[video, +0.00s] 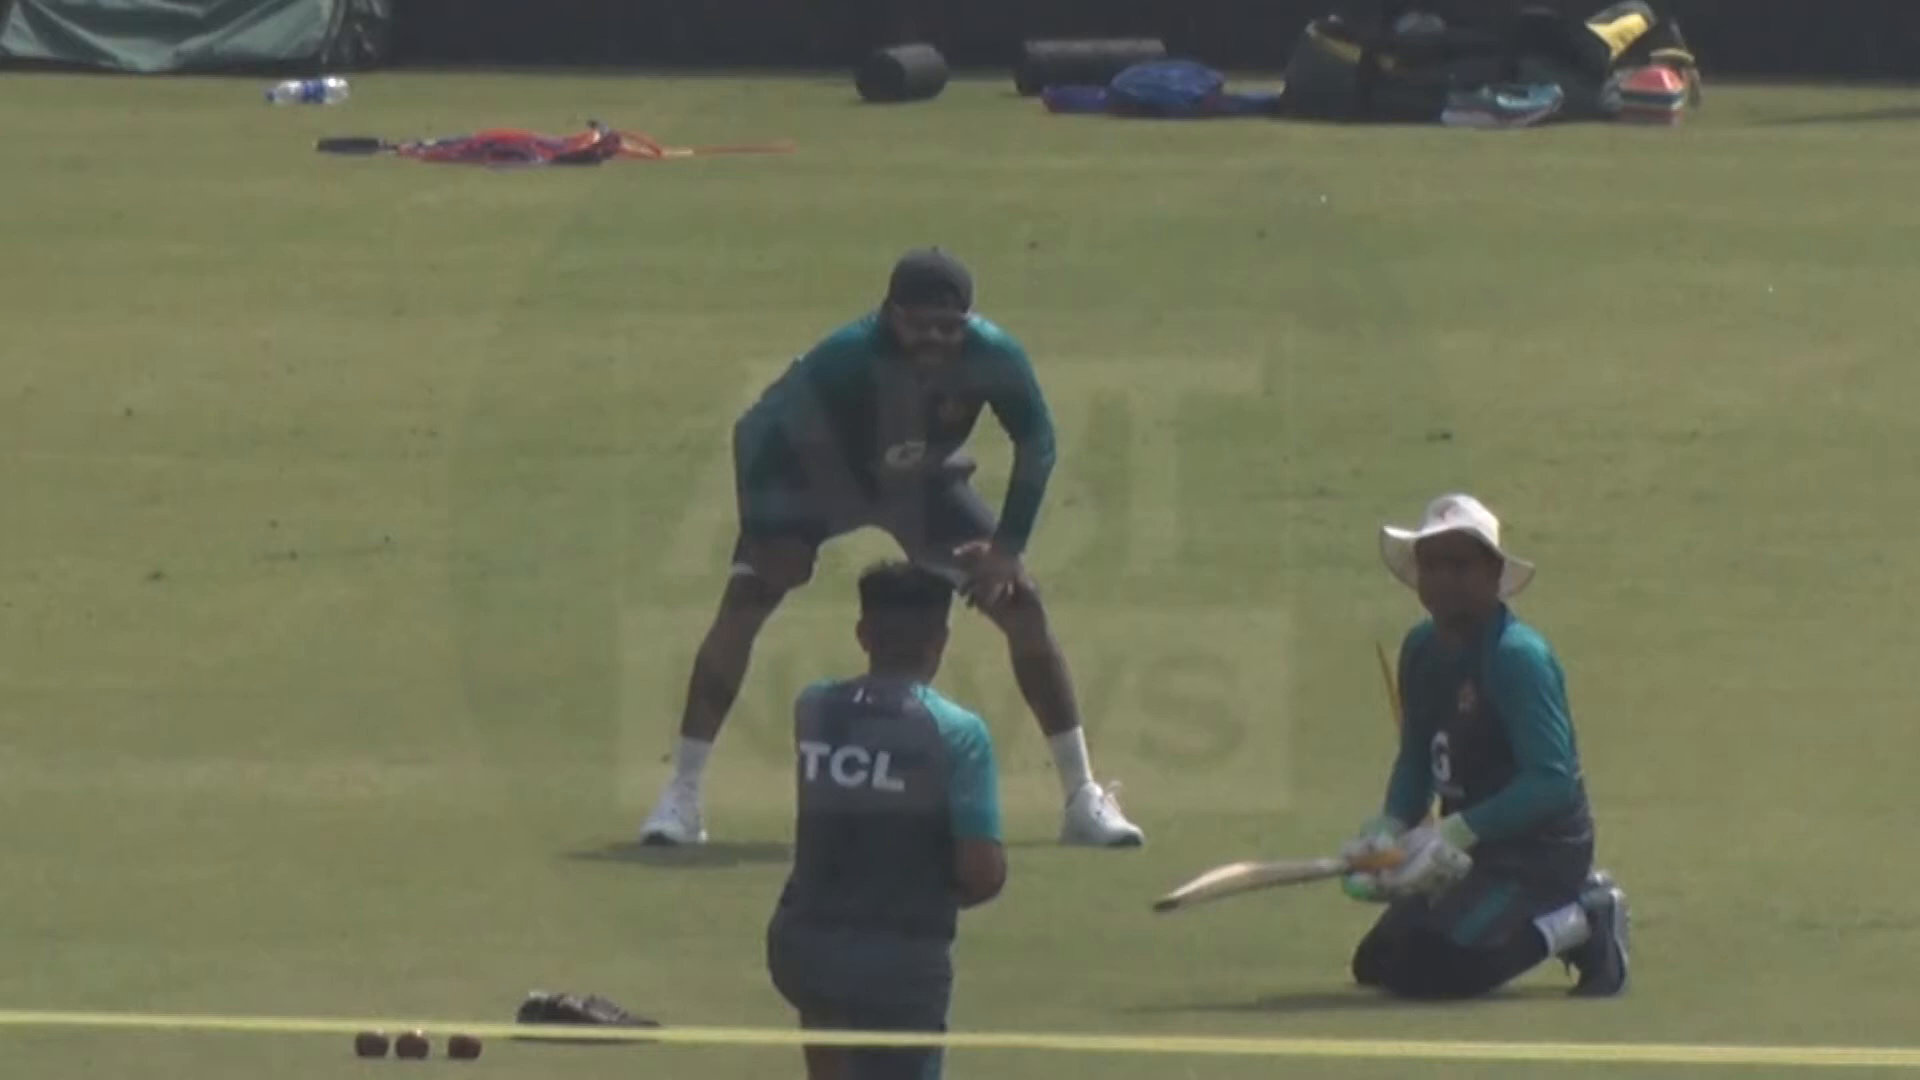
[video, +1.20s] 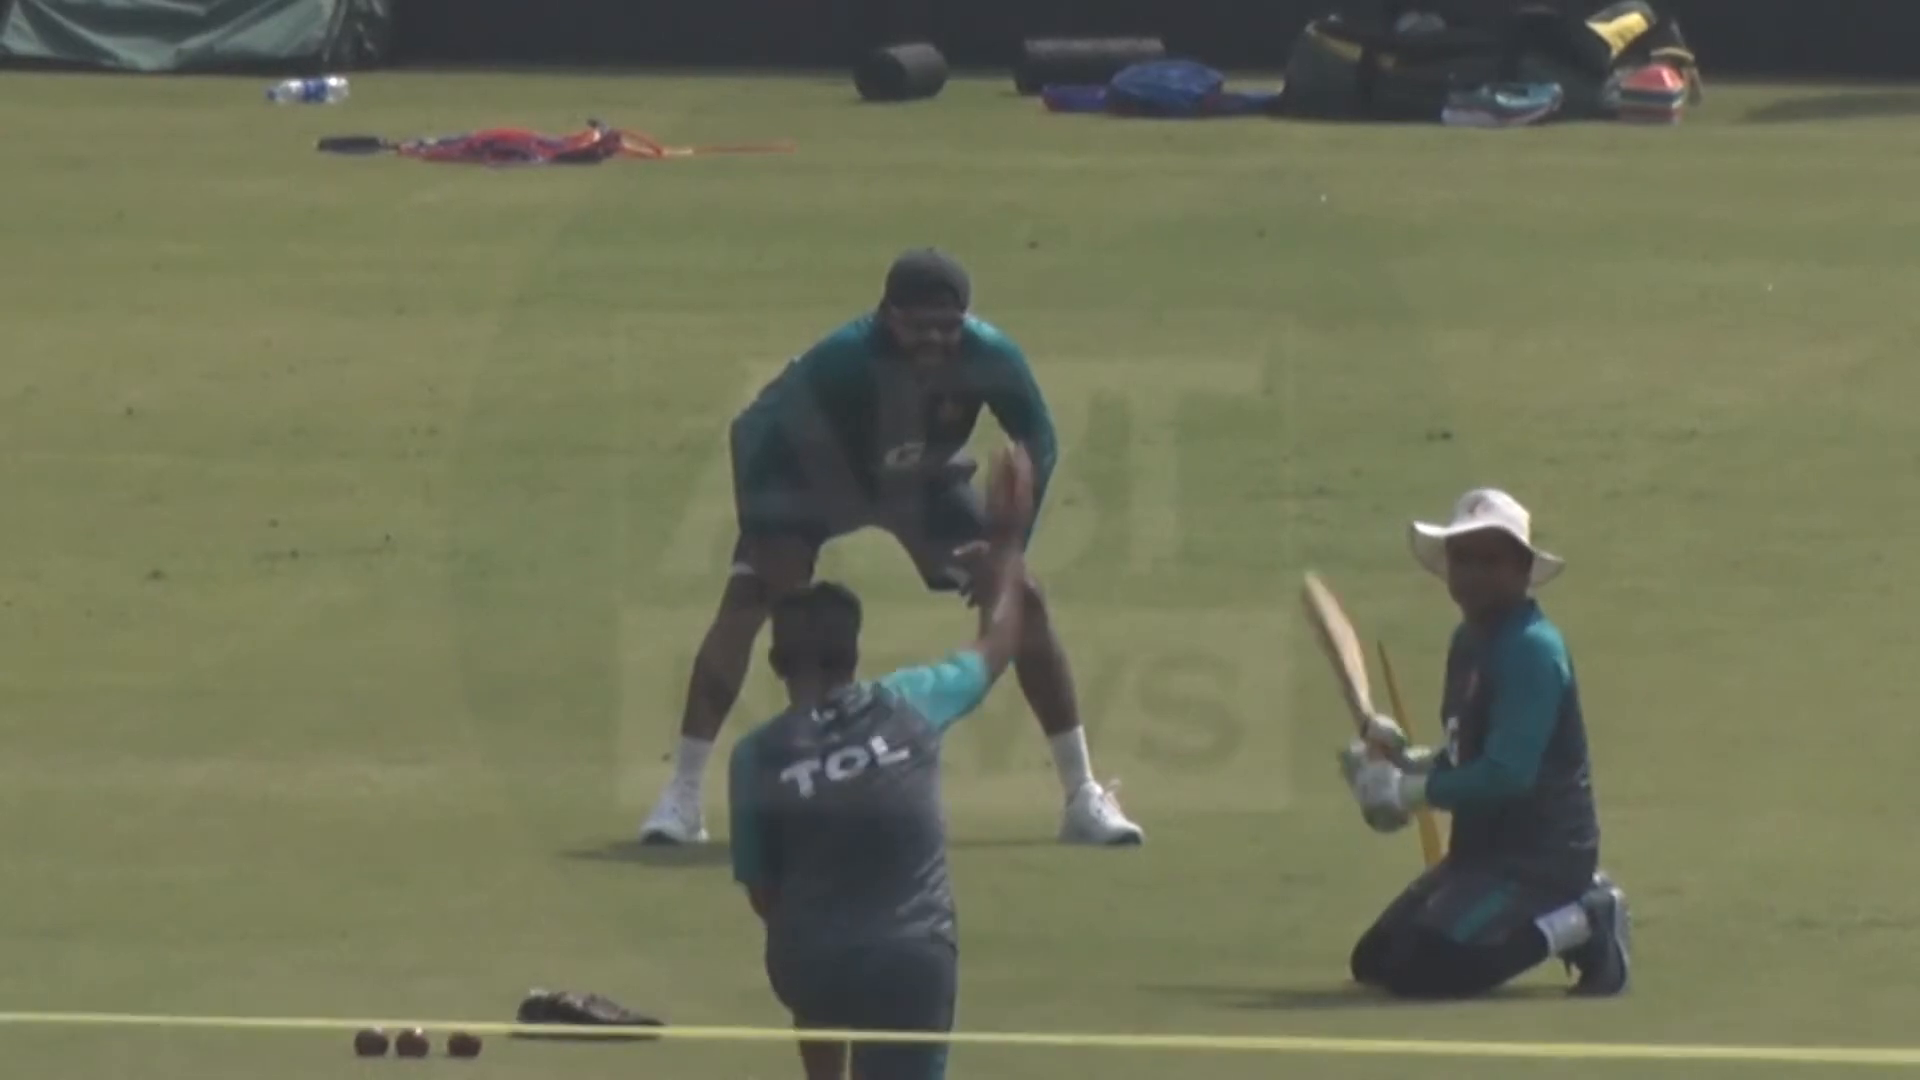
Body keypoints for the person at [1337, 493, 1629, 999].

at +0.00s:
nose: (1443, 579)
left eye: (1461, 564)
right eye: (1431, 564)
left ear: (1494, 575)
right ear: (1416, 575)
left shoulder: (1517, 657)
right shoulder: (1422, 649)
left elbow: (1553, 783)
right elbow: (1416, 759)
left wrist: (1452, 835)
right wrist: (1388, 835)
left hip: (1542, 855)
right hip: (1475, 849)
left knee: (1423, 975)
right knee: (1378, 963)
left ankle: (1582, 921)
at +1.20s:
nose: (1467, 575)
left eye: (1485, 560)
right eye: (1458, 559)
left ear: (1521, 569)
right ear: (1444, 567)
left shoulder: (1533, 650)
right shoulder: (1469, 640)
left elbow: (1508, 775)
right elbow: (1470, 754)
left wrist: (1412, 790)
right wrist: (1406, 760)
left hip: (1538, 864)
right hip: (1482, 856)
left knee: (1420, 973)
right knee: (1376, 961)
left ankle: (1583, 921)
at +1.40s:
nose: (1472, 576)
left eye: (1489, 561)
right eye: (1461, 560)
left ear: (1523, 569)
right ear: (1447, 567)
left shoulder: (1534, 641)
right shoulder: (1481, 634)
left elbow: (1466, 751)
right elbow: (1458, 728)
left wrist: (1374, 730)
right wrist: (1387, 698)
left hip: (1534, 863)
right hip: (1482, 855)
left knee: (1418, 972)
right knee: (1375, 962)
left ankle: (1583, 921)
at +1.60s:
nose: (1436, 589)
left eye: (1450, 573)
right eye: (1432, 574)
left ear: (1488, 578)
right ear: (1427, 577)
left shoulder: (1509, 640)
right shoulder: (1477, 646)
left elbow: (1428, 740)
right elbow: (1432, 764)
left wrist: (1325, 741)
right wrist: (1334, 755)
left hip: (1534, 866)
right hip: (1487, 863)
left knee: (1420, 972)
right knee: (1364, 957)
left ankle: (1583, 921)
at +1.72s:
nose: (1385, 589)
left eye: (1397, 574)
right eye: (1387, 574)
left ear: (1434, 582)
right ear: (1437, 584)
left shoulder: (1468, 632)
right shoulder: (1446, 683)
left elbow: (1371, 695)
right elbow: (1363, 780)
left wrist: (1268, 701)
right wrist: (1269, 746)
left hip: (1531, 862)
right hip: (1486, 864)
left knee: (1415, 964)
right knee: (1361, 959)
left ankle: (1584, 918)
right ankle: (1547, 923)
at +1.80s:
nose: (1354, 583)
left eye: (1367, 567)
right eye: (1358, 567)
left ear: (1406, 574)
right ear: (1411, 575)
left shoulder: (1442, 615)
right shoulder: (1422, 678)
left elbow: (1336, 648)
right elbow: (1333, 759)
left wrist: (1240, 647)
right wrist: (1239, 709)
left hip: (1520, 847)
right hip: (1480, 852)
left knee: (1412, 964)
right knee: (1360, 958)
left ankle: (1584, 914)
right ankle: (1550, 918)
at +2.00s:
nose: (1339, 544)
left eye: (1349, 534)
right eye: (1341, 533)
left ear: (1374, 536)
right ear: (1405, 540)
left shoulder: (1393, 570)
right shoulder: (1399, 637)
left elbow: (1296, 584)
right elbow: (1321, 728)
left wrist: (1210, 596)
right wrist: (1226, 663)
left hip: (1469, 808)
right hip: (1451, 814)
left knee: (1379, 963)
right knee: (1359, 958)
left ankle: (1562, 907)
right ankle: (1540, 908)